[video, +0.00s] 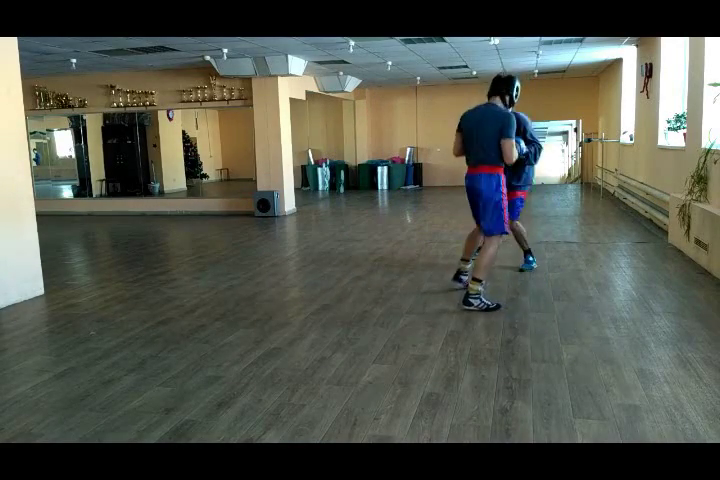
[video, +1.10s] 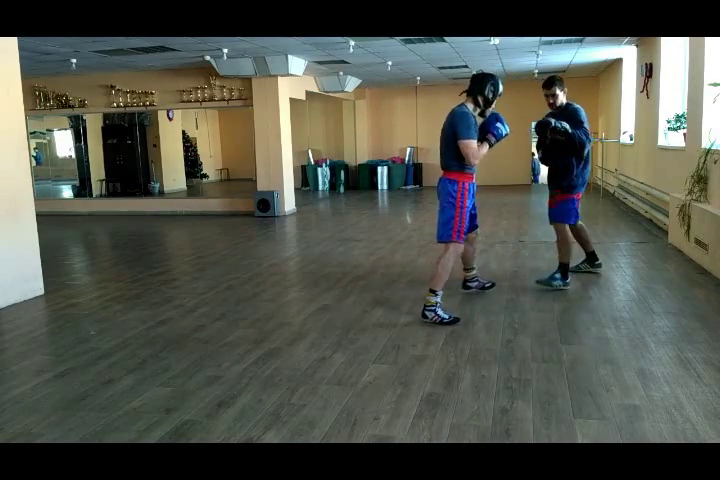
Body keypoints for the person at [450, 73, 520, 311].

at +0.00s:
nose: (515, 101)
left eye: (515, 96)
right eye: (515, 96)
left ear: (491, 92)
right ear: (510, 95)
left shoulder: (469, 114)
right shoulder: (506, 117)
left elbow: (457, 150)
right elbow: (509, 158)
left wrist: (481, 142)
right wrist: (517, 148)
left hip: (472, 178)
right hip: (492, 179)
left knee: (480, 227)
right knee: (494, 237)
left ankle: (462, 271)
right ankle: (474, 293)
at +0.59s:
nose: (501, 104)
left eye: (502, 100)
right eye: (501, 99)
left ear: (480, 93)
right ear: (492, 96)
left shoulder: (468, 114)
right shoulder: (474, 116)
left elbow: (484, 151)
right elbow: (488, 155)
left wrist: (500, 130)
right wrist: (504, 134)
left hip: (469, 180)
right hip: (468, 182)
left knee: (477, 236)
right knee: (475, 241)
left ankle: (475, 279)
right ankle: (444, 295)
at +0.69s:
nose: (497, 105)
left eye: (498, 100)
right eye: (497, 100)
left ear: (477, 94)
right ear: (489, 98)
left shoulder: (467, 119)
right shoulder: (467, 122)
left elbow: (473, 155)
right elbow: (479, 162)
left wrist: (488, 132)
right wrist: (496, 142)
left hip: (471, 187)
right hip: (464, 189)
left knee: (476, 235)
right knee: (464, 246)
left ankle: (476, 278)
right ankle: (433, 304)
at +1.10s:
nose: (495, 101)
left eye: (496, 97)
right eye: (495, 96)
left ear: (474, 90)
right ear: (486, 94)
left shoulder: (467, 115)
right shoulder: (463, 116)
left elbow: (472, 153)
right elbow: (473, 157)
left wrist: (486, 135)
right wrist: (490, 138)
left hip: (464, 184)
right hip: (456, 186)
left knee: (470, 235)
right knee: (454, 245)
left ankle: (470, 279)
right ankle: (431, 305)